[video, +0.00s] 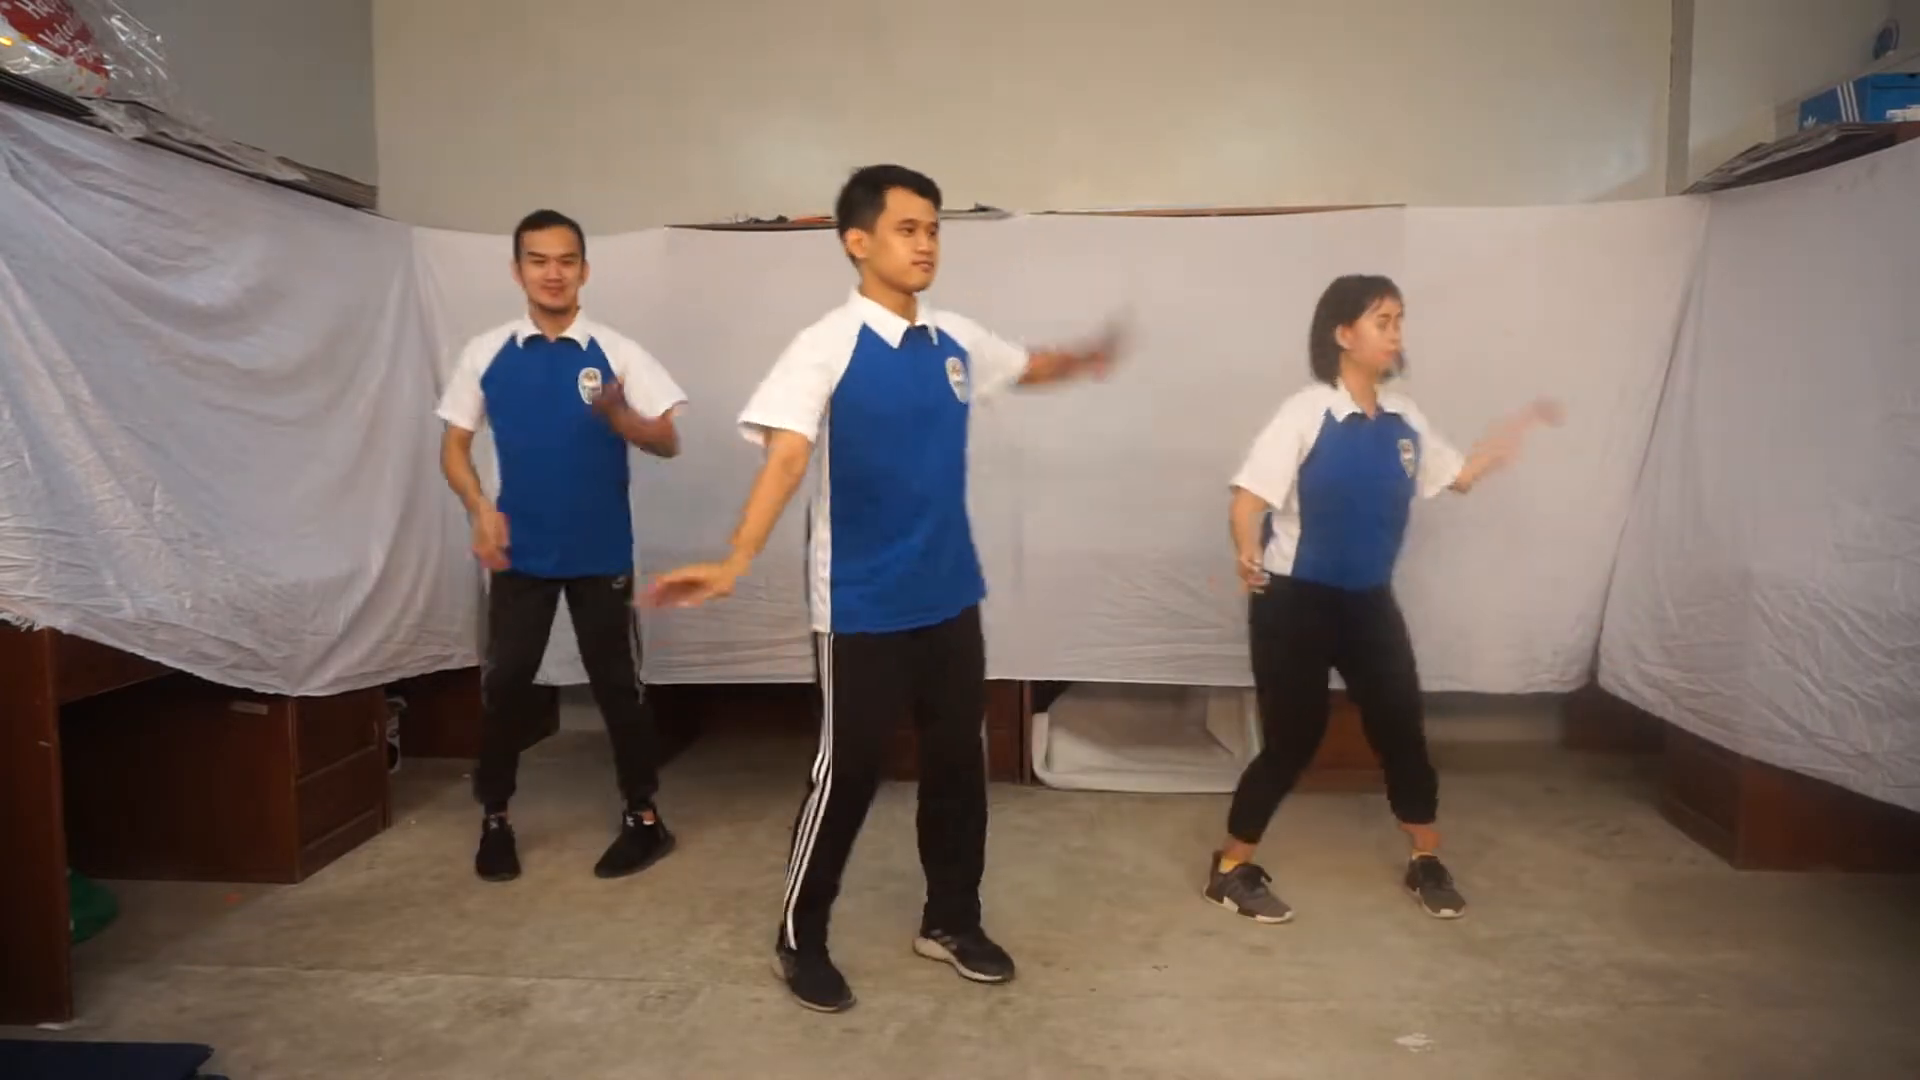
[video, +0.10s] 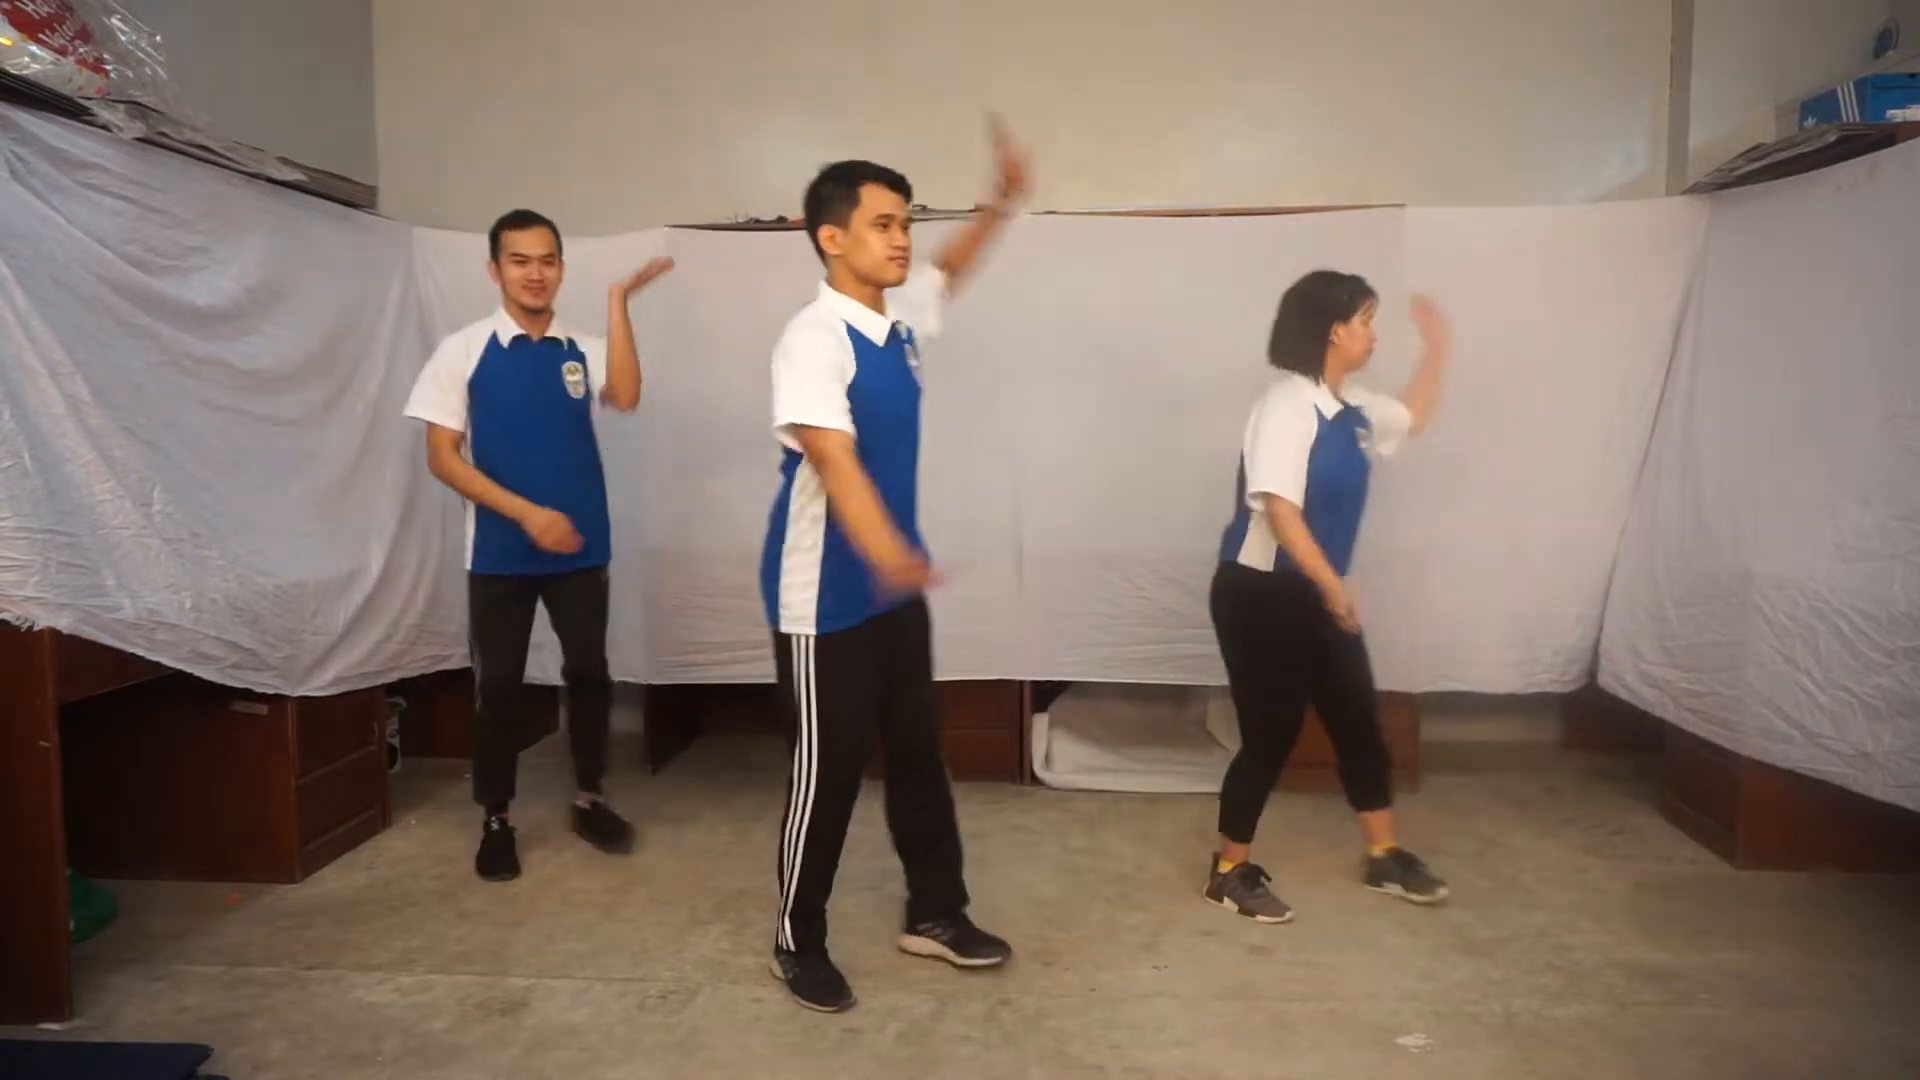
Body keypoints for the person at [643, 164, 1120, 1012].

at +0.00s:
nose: (928, 245)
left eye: (933, 231)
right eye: (909, 230)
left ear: (935, 243)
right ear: (858, 241)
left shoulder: (954, 335)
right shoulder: (826, 346)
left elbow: (1028, 366)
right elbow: (786, 461)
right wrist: (735, 564)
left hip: (949, 597)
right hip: (861, 607)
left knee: (957, 762)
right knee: (850, 770)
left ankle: (951, 919)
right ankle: (800, 937)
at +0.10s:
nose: (903, 240)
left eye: (906, 225)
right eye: (884, 225)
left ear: (905, 238)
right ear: (830, 240)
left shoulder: (901, 312)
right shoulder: (813, 337)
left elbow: (949, 265)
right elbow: (833, 460)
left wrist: (1002, 200)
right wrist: (889, 549)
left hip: (894, 575)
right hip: (823, 587)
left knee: (915, 750)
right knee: (828, 763)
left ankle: (936, 913)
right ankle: (799, 937)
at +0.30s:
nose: (855, 242)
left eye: (853, 225)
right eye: (837, 227)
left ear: (788, 235)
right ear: (780, 237)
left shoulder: (768, 303)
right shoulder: (800, 339)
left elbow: (774, 196)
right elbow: (868, 465)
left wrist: (756, 78)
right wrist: (967, 549)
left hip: (771, 581)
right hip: (786, 596)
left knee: (789, 746)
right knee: (806, 773)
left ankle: (695, 876)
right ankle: (801, 950)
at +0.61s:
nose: (791, 273)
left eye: (788, 256)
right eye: (775, 257)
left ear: (714, 269)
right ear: (717, 269)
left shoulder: (678, 321)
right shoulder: (744, 359)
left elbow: (671, 209)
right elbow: (787, 510)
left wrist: (638, 98)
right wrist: (770, 540)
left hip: (640, 600)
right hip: (699, 613)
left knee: (580, 769)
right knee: (781, 764)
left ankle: (505, 946)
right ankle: (789, 939)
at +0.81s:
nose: (792, 280)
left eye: (789, 264)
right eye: (776, 267)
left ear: (716, 273)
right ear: (718, 276)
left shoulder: (684, 330)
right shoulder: (742, 369)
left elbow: (698, 221)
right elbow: (790, 520)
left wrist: (690, 109)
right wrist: (753, 545)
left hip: (645, 599)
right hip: (702, 615)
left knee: (595, 772)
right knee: (791, 759)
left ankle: (510, 948)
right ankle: (768, 929)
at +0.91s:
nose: (811, 275)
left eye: (810, 258)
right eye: (796, 261)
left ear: (738, 270)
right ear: (739, 268)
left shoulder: (712, 327)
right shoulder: (763, 355)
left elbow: (727, 229)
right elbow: (806, 515)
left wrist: (737, 125)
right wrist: (804, 537)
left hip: (684, 596)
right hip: (731, 610)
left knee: (643, 762)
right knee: (785, 764)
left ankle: (535, 918)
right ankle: (755, 930)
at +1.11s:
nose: (880, 240)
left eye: (879, 224)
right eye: (864, 227)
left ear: (826, 240)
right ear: (811, 241)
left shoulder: (831, 313)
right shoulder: (815, 330)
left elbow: (835, 378)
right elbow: (846, 472)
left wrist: (879, 342)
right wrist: (888, 506)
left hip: (834, 575)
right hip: (789, 586)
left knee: (869, 711)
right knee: (783, 757)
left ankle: (745, 834)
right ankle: (753, 929)